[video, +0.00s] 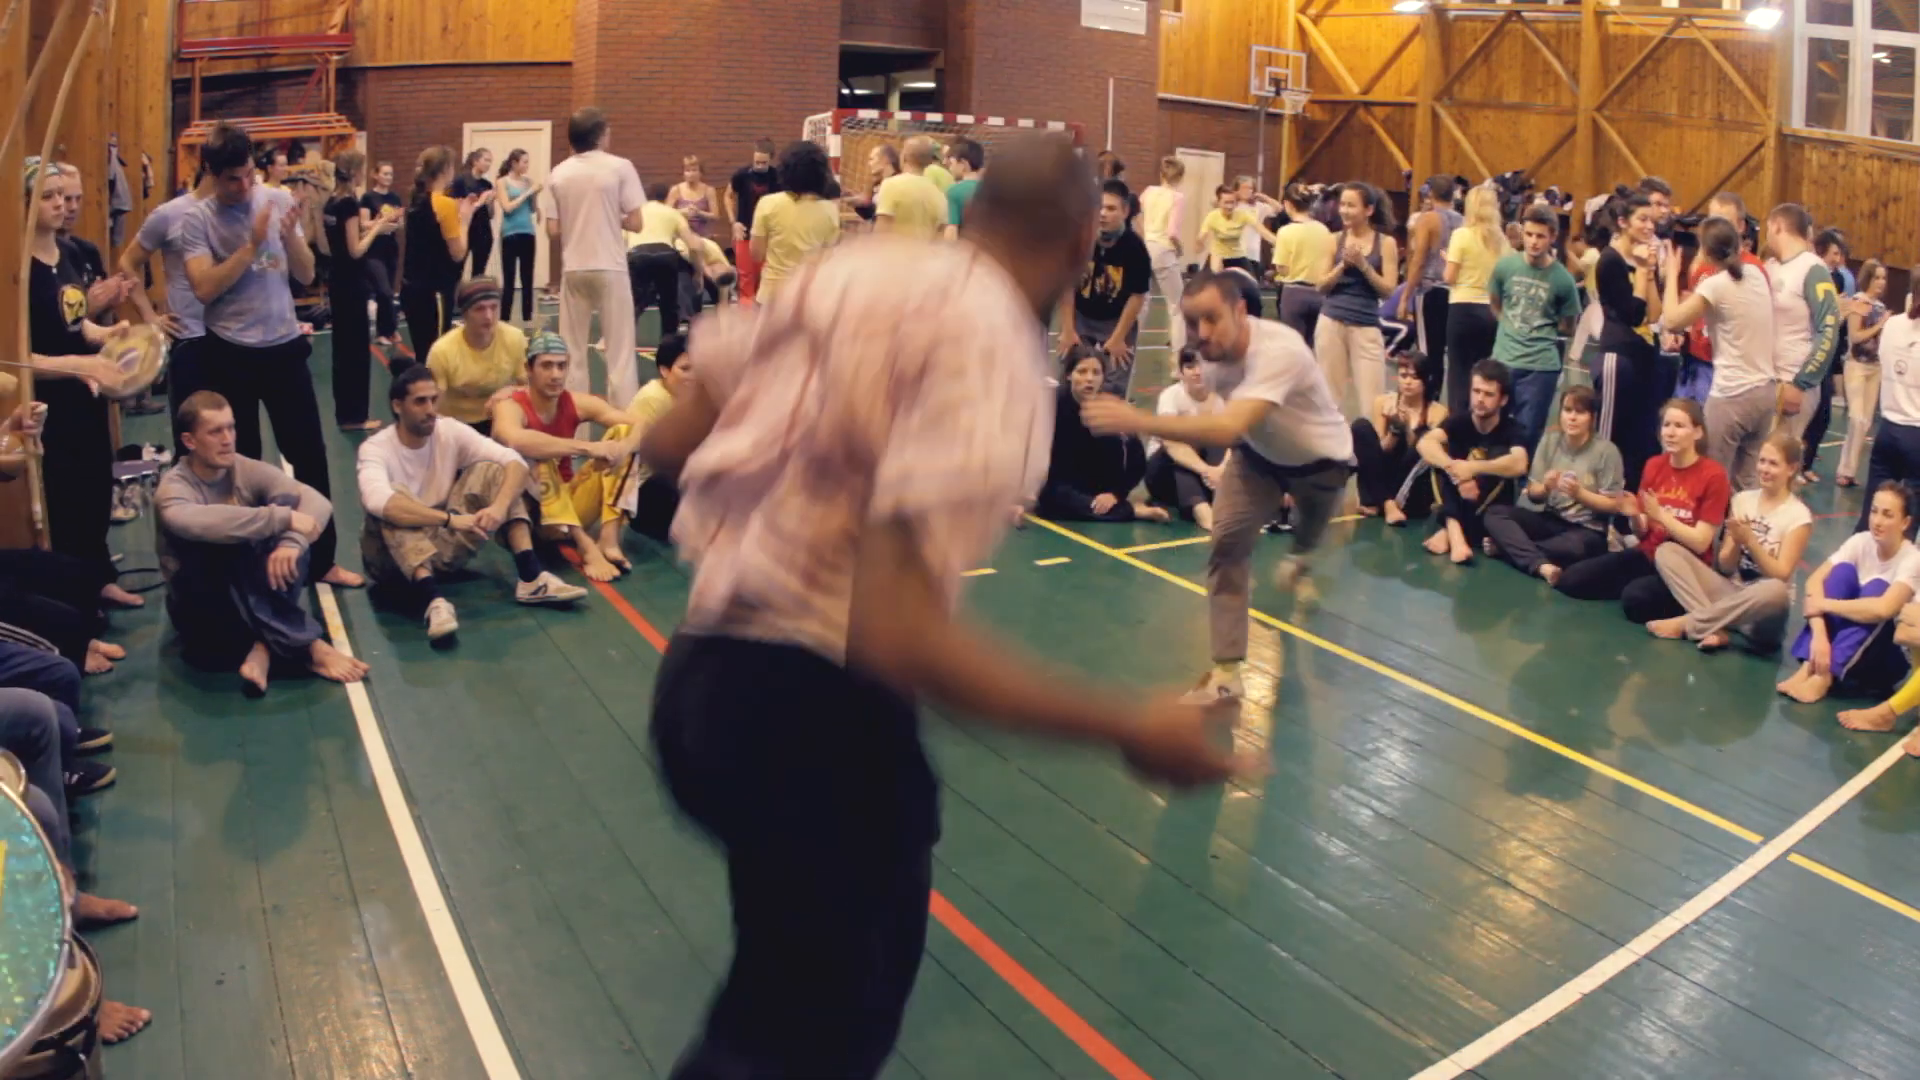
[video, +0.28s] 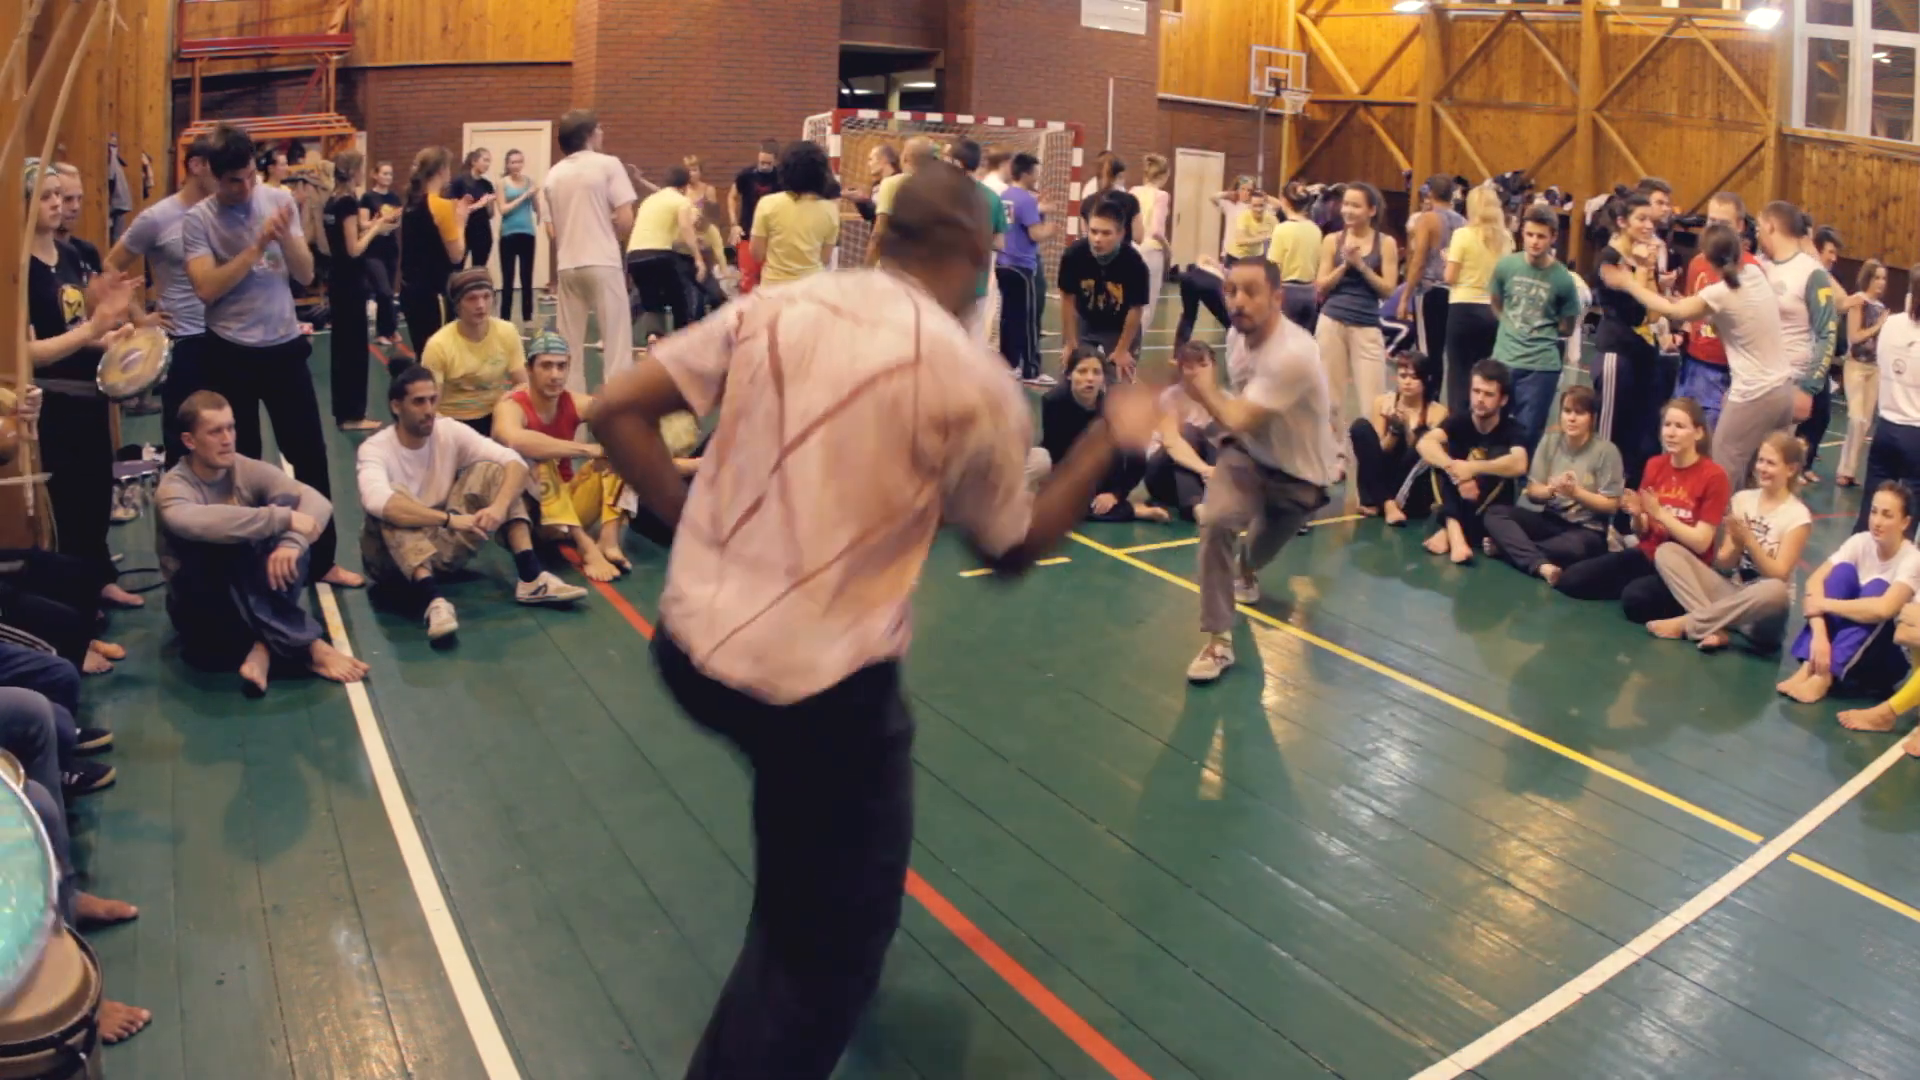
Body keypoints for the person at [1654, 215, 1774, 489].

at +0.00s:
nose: (1699, 247)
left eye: (1700, 243)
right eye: (1700, 242)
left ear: (1706, 250)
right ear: (1737, 244)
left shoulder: (1714, 285)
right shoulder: (1757, 273)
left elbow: (1671, 319)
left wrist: (1672, 273)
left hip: (1729, 395)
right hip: (1765, 389)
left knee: (1714, 480)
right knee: (1749, 478)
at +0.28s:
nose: (1701, 256)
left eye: (1703, 252)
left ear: (1707, 259)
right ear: (1739, 248)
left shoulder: (1719, 295)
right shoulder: (1755, 273)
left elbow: (1674, 312)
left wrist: (1630, 284)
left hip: (1751, 396)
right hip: (1781, 390)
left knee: (1724, 470)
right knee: (1766, 470)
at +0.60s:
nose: (1690, 265)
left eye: (1692, 261)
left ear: (1697, 267)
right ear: (1727, 256)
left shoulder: (1707, 303)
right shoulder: (1750, 282)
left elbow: (1688, 354)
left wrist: (1651, 366)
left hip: (1743, 397)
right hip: (1778, 391)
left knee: (1711, 469)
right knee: (1763, 474)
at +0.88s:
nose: (1691, 259)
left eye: (1693, 253)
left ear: (1697, 260)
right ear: (1729, 252)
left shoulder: (1706, 296)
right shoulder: (1750, 277)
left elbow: (1679, 341)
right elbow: (1721, 329)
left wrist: (1641, 339)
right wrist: (1684, 333)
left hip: (1737, 394)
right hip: (1773, 389)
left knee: (1716, 472)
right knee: (1763, 470)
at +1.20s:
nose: (1699, 255)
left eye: (1702, 249)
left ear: (1706, 258)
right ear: (1739, 253)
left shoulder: (1712, 292)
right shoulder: (1755, 281)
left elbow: (1680, 341)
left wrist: (1647, 336)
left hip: (1733, 397)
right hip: (1768, 392)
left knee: (1716, 476)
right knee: (1750, 476)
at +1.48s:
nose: (1717, 250)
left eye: (1722, 246)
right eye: (1718, 245)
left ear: (1733, 257)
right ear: (1758, 254)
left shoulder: (1742, 291)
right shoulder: (1768, 284)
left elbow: (1689, 316)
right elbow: (1738, 322)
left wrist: (1647, 279)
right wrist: (1703, 301)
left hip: (1752, 401)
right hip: (1778, 396)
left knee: (1718, 468)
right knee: (1758, 471)